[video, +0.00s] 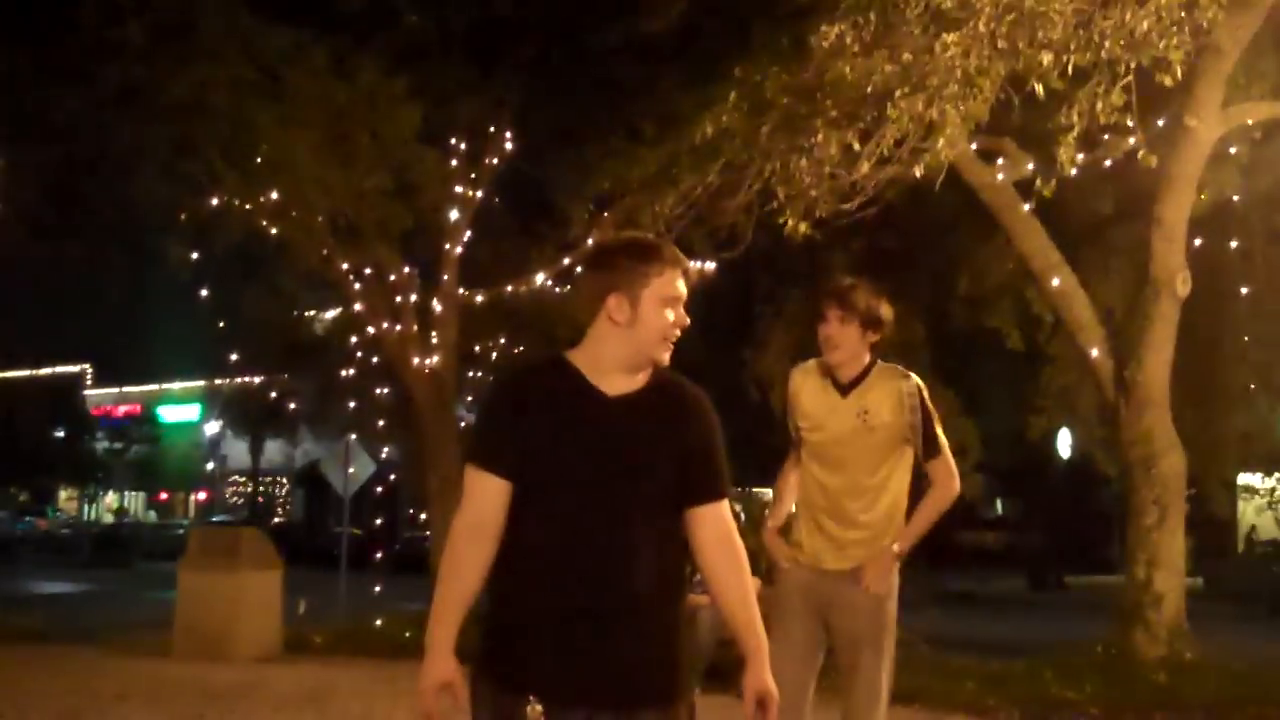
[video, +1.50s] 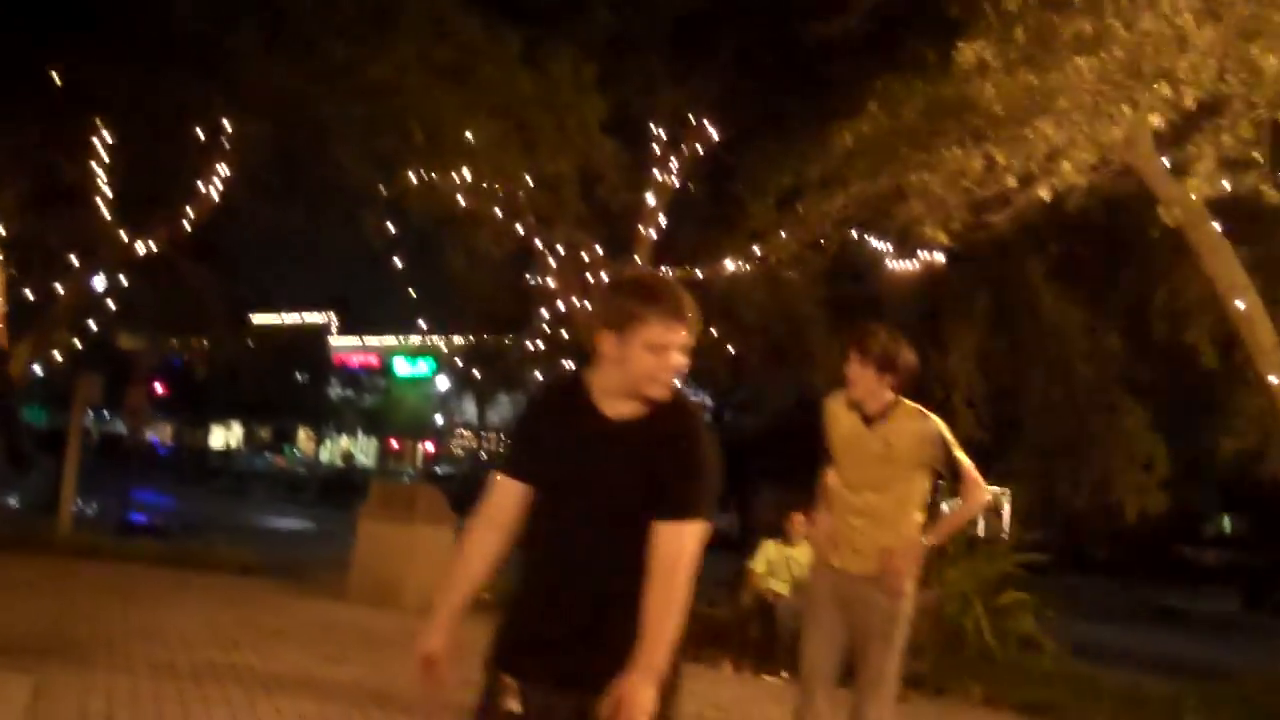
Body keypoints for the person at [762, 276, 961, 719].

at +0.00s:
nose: (826, 330)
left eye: (841, 321)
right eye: (824, 319)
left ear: (872, 333)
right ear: (818, 324)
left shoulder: (903, 390)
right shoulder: (801, 380)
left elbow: (946, 483)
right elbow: (797, 458)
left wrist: (894, 552)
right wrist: (771, 526)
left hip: (868, 580)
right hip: (798, 573)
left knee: (864, 711)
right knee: (782, 708)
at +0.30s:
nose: (806, 332)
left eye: (819, 322)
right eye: (803, 322)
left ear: (849, 331)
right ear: (797, 328)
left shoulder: (888, 389)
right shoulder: (786, 384)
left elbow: (936, 480)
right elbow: (783, 462)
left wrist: (884, 550)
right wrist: (772, 539)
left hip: (856, 584)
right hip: (788, 580)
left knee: (857, 711)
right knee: (772, 708)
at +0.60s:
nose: (839, 338)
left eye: (852, 326)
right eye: (839, 325)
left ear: (885, 334)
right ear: (833, 327)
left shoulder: (926, 381)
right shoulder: (823, 390)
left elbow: (982, 456)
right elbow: (810, 469)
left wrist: (931, 532)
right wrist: (816, 539)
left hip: (908, 562)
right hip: (841, 562)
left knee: (918, 692)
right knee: (840, 690)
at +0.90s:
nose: (834, 288)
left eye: (845, 278)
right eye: (835, 278)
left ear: (876, 286)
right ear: (842, 285)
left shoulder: (925, 339)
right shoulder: (828, 344)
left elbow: (982, 411)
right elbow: (830, 413)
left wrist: (937, 481)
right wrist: (833, 474)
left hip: (916, 518)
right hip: (852, 517)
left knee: (924, 655)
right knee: (849, 649)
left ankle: (919, 714)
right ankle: (852, 709)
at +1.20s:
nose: (871, 348)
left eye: (880, 338)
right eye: (871, 337)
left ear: (912, 347)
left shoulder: (955, 396)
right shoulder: (865, 395)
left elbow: (1005, 485)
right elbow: (865, 471)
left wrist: (966, 551)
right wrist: (858, 540)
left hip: (933, 575)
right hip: (872, 571)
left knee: (922, 706)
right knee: (864, 703)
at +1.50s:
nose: (848, 371)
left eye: (859, 364)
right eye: (849, 361)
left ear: (887, 378)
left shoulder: (924, 428)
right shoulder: (834, 410)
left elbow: (976, 493)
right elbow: (829, 468)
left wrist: (923, 544)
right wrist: (821, 514)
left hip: (888, 577)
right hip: (830, 567)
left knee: (874, 697)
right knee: (812, 687)